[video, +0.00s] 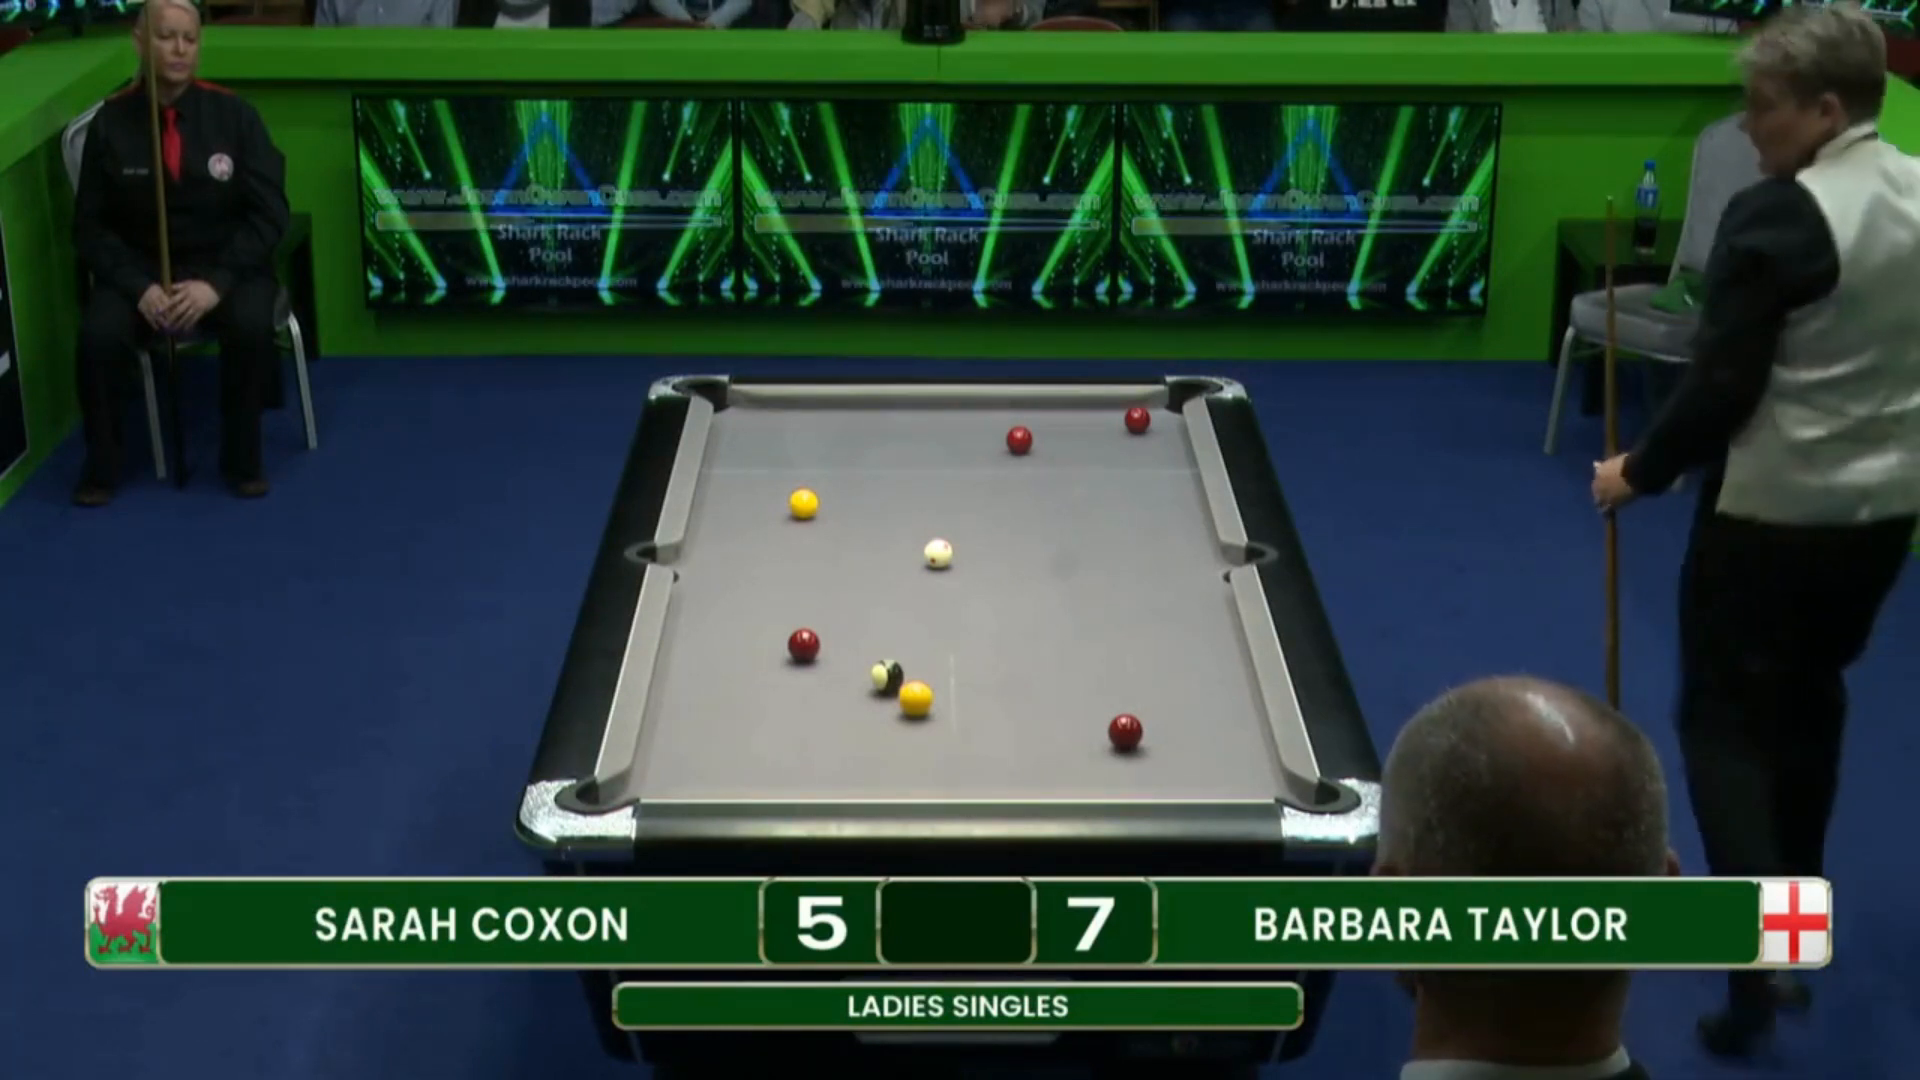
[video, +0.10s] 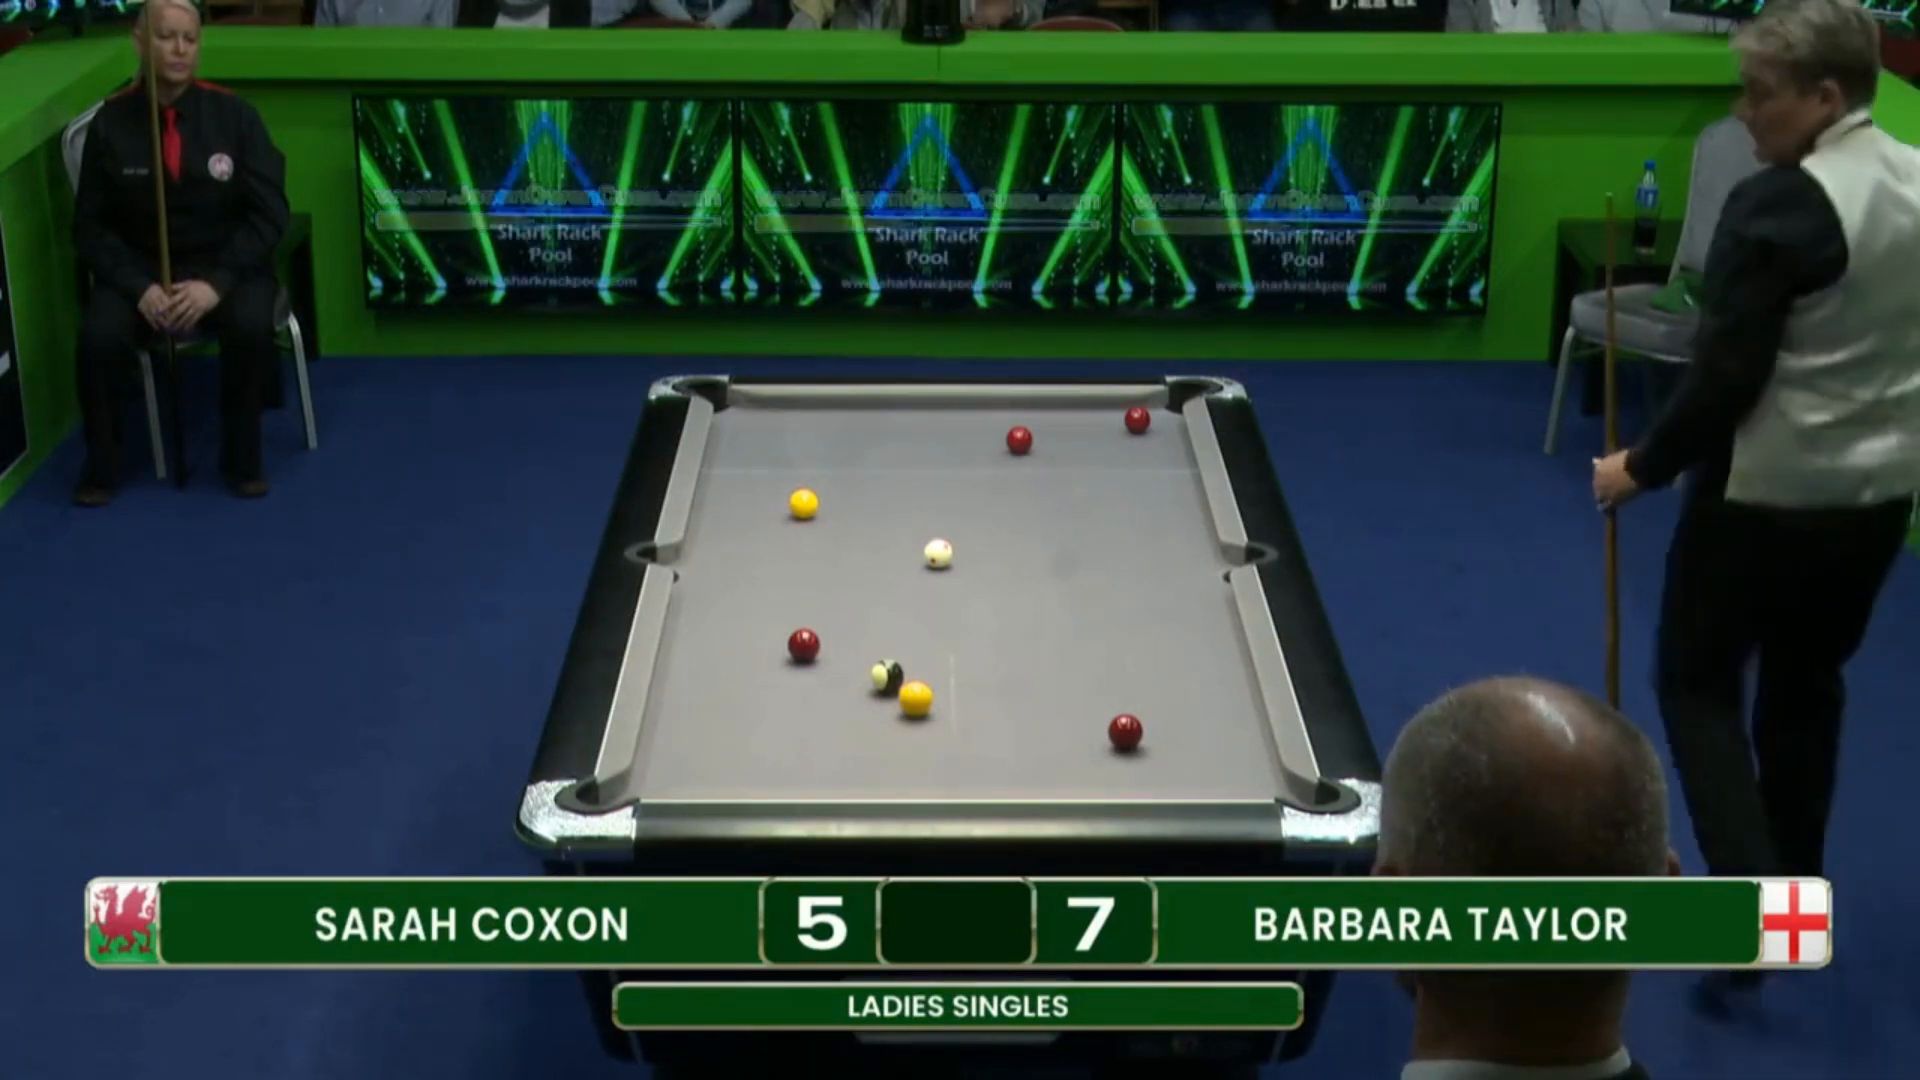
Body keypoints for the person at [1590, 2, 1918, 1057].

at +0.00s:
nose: (1749, 124)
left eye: (1762, 105)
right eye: (1750, 104)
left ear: (1826, 106)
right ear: (1849, 104)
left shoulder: (1779, 215)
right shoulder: (1912, 183)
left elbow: (1721, 381)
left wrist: (1640, 467)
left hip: (1774, 518)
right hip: (1884, 513)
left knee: (1720, 711)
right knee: (1809, 694)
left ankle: (1760, 949)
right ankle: (1796, 914)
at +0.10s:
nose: (1744, 111)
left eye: (1758, 92)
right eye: (1744, 91)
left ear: (1828, 95)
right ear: (1839, 95)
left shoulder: (1780, 206)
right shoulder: (1907, 171)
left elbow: (1726, 373)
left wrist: (1641, 463)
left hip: (1767, 502)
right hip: (1879, 499)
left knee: (1696, 681)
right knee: (1807, 682)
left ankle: (1749, 902)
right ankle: (1794, 898)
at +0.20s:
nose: (1736, 94)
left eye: (1752, 77)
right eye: (1736, 73)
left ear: (1822, 81)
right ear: (1829, 84)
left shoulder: (1775, 191)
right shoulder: (1902, 164)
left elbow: (1735, 357)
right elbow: (1906, 334)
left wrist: (1644, 457)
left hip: (1761, 480)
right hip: (1864, 476)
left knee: (1673, 652)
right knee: (1804, 672)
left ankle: (1708, 862)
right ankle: (1789, 877)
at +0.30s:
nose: (1727, 90)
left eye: (1744, 75)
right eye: (1727, 71)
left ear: (1811, 78)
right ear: (1815, 81)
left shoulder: (1771, 187)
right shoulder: (1887, 158)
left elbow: (1738, 348)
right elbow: (1902, 325)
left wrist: (1643, 456)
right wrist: (1869, 402)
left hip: (1751, 474)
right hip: (1852, 467)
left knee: (1673, 664)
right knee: (1797, 672)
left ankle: (1674, 860)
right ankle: (1786, 877)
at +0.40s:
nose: (1708, 87)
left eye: (1726, 73)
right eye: (1708, 68)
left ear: (1791, 75)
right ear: (1802, 79)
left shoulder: (1751, 185)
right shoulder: (1864, 156)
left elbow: (1728, 350)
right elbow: (1902, 281)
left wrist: (1641, 463)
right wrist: (1837, 338)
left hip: (1732, 467)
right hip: (1832, 459)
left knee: (1672, 658)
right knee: (1784, 664)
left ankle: (1663, 851)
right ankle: (1782, 873)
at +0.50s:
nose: (1694, 84)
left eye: (1712, 68)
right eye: (1694, 65)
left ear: (1776, 73)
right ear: (1785, 75)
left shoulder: (1741, 180)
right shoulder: (1845, 146)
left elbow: (1715, 349)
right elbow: (1883, 283)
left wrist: (1637, 468)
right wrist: (1815, 346)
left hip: (1723, 464)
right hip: (1816, 453)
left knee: (1665, 655)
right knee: (1767, 658)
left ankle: (1666, 851)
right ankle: (1782, 865)